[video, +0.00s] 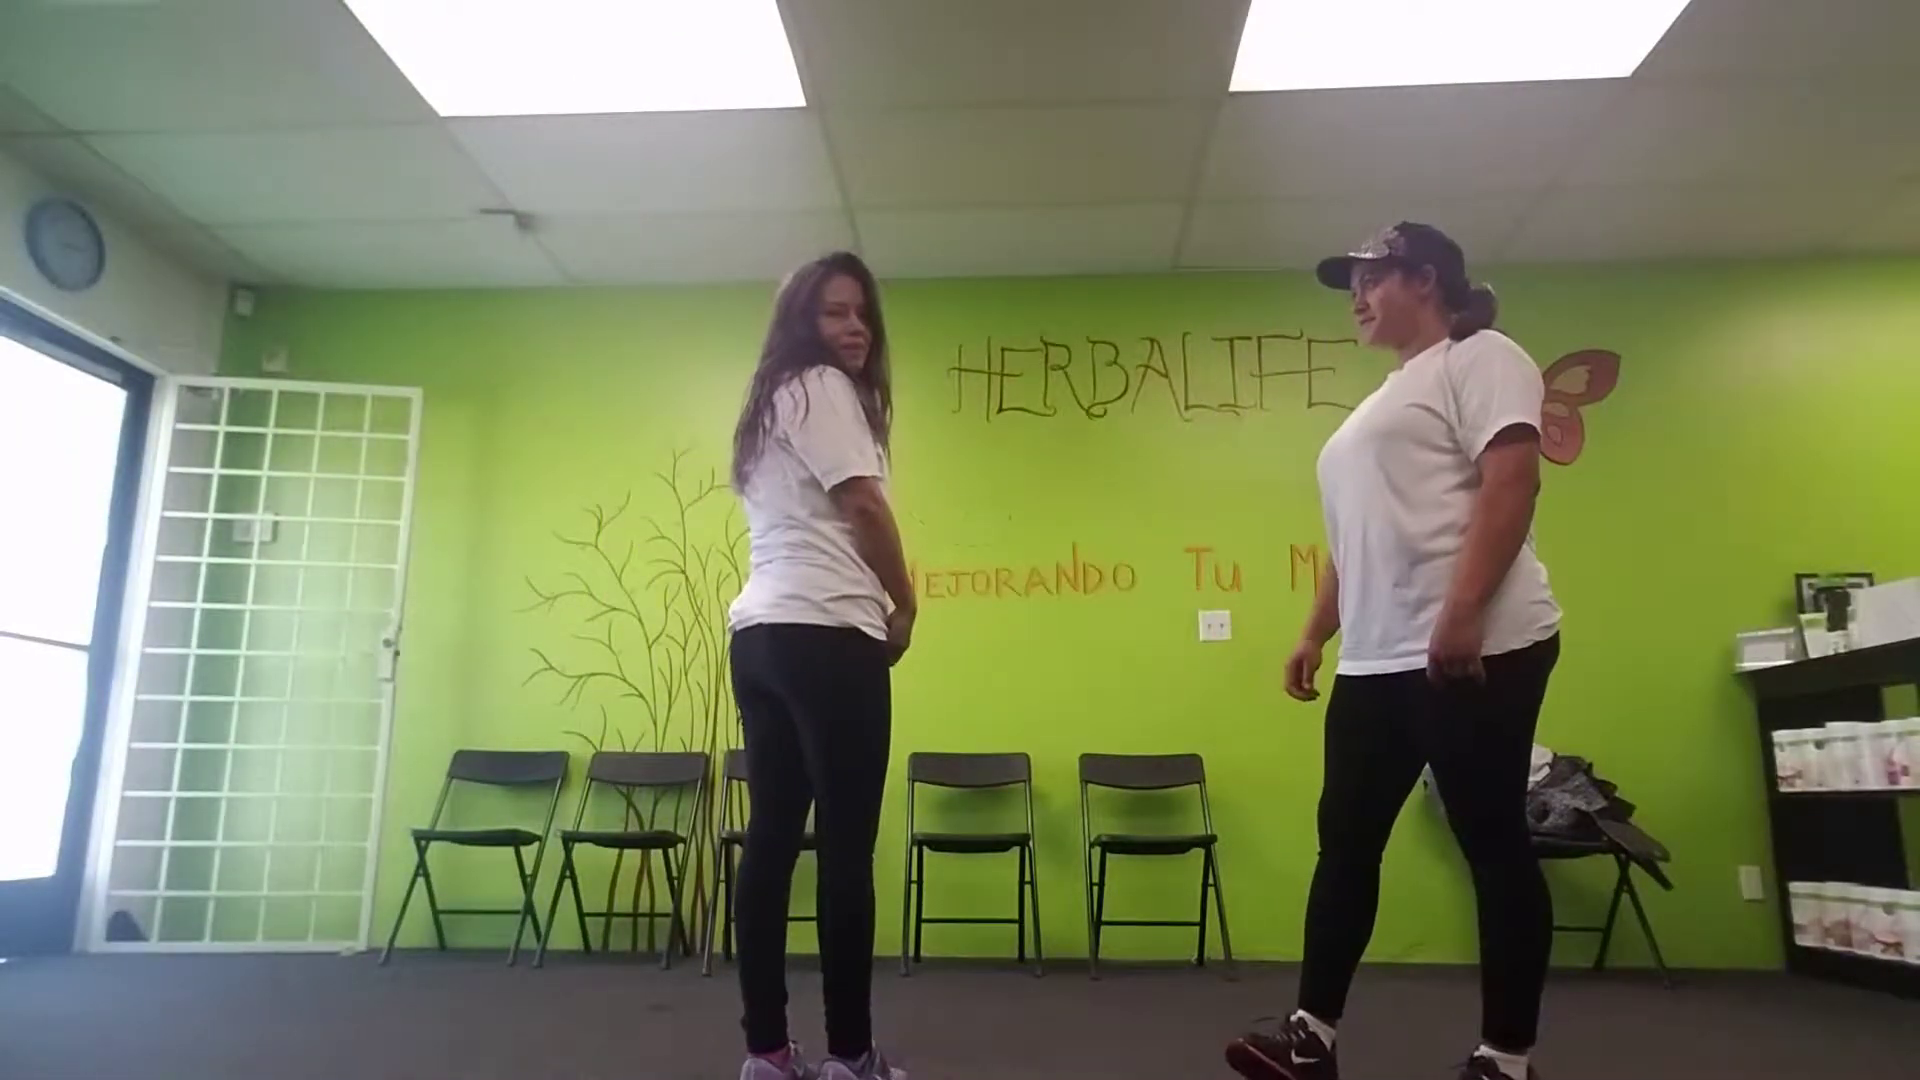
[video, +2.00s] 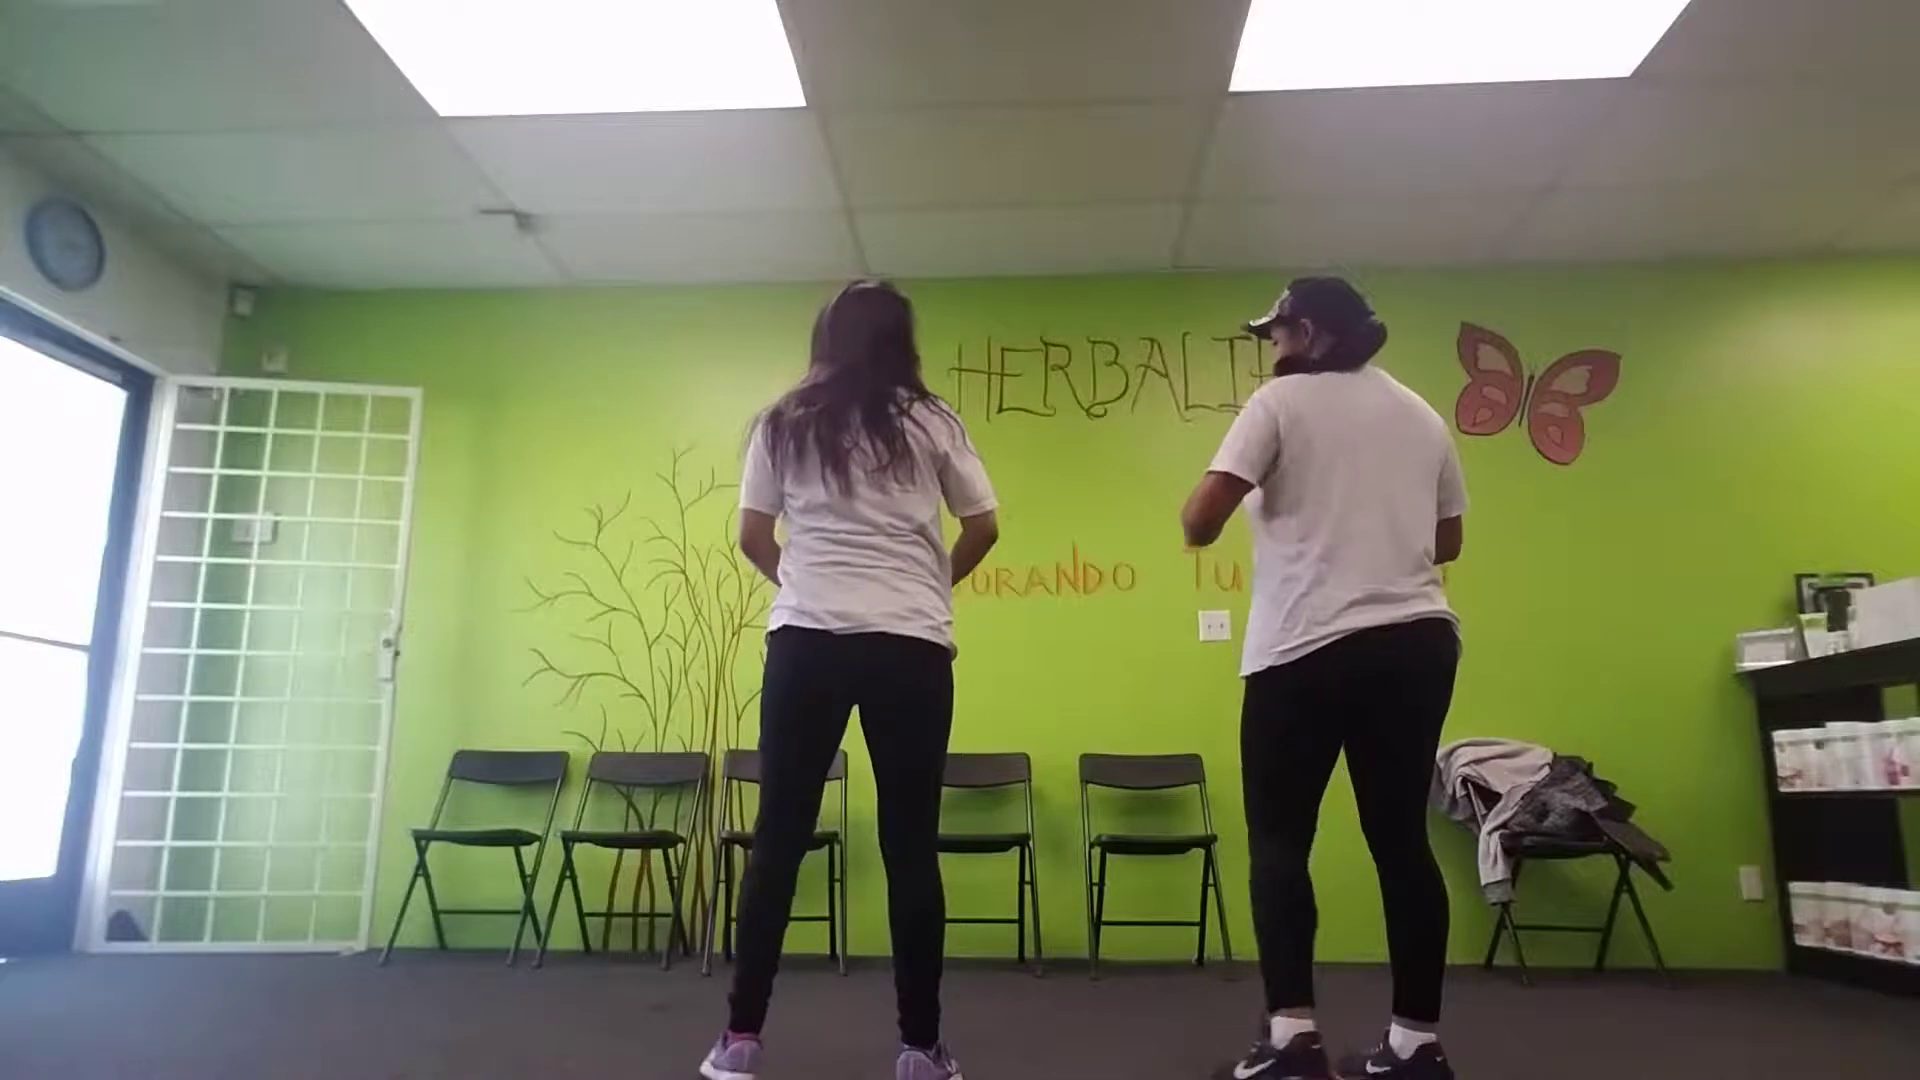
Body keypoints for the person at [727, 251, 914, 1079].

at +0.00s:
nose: (852, 326)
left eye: (860, 313)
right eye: (834, 313)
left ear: (871, 323)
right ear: (801, 321)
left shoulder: (773, 396)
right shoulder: (823, 387)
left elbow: (791, 526)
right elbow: (862, 506)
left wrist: (876, 602)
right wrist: (904, 600)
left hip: (762, 635)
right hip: (826, 633)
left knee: (771, 840)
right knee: (848, 846)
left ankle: (766, 1051)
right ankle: (849, 1055)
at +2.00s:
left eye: (822, 332)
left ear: (824, 342)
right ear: (904, 346)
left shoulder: (785, 419)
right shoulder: (934, 417)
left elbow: (753, 535)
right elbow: (984, 523)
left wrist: (810, 585)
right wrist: (935, 579)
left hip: (807, 639)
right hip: (912, 642)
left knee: (777, 841)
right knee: (912, 848)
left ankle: (740, 1042)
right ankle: (921, 1050)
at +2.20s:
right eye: (885, 340)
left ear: (802, 343)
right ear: (882, 349)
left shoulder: (761, 423)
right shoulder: (905, 420)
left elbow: (736, 543)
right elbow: (953, 529)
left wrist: (815, 541)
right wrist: (891, 537)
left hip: (782, 649)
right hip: (887, 649)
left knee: (752, 848)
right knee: (902, 851)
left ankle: (710, 1049)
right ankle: (921, 1051)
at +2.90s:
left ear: (796, 348)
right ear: (882, 351)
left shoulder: (760, 427)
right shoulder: (911, 432)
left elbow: (750, 533)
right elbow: (925, 540)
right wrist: (852, 517)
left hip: (776, 650)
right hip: (882, 653)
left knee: (738, 852)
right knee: (909, 855)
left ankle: (698, 1052)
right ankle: (929, 1051)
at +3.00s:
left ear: (796, 355)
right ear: (881, 358)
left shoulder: (762, 433)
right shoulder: (909, 436)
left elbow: (748, 525)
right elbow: (926, 542)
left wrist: (822, 510)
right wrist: (856, 506)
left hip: (771, 645)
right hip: (876, 650)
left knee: (738, 847)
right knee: (910, 849)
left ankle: (698, 1052)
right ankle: (933, 1049)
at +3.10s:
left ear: (808, 362)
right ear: (892, 366)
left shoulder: (775, 437)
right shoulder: (920, 441)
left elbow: (758, 532)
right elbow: (933, 547)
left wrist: (833, 527)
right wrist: (858, 524)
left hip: (780, 648)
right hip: (887, 654)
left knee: (741, 847)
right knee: (912, 852)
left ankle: (699, 1048)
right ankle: (935, 1050)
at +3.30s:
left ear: (817, 392)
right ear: (902, 393)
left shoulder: (781, 460)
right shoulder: (927, 465)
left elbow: (776, 555)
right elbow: (945, 569)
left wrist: (847, 541)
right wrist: (875, 538)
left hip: (782, 657)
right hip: (891, 666)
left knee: (737, 851)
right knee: (918, 857)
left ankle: (697, 1049)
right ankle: (936, 1051)